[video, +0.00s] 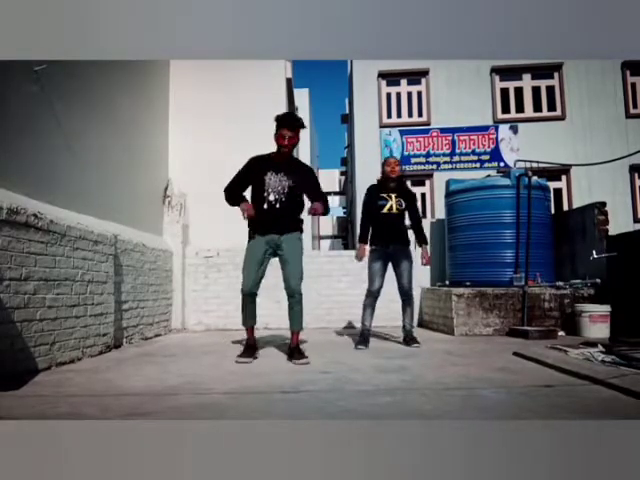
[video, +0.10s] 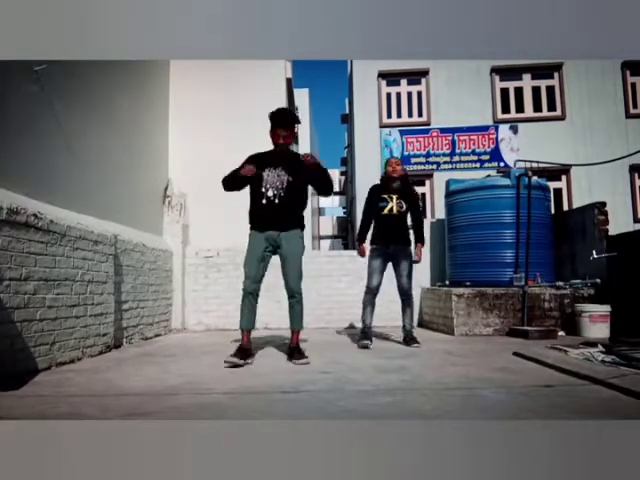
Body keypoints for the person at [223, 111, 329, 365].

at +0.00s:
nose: (285, 141)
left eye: (290, 137)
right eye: (281, 136)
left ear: (297, 139)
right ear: (275, 136)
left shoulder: (304, 171)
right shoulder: (257, 164)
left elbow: (322, 203)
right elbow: (231, 191)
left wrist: (318, 207)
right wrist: (243, 203)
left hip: (290, 234)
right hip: (260, 234)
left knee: (294, 288)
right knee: (248, 288)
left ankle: (295, 344)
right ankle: (250, 342)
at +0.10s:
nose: (282, 139)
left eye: (287, 134)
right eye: (277, 134)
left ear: (295, 134)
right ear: (271, 134)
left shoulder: (302, 162)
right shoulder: (258, 160)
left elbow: (327, 190)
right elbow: (227, 184)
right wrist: (242, 175)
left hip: (291, 232)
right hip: (260, 232)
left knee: (294, 288)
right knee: (250, 287)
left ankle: (295, 343)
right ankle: (245, 344)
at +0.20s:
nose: (275, 139)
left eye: (280, 134)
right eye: (271, 134)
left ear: (288, 133)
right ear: (265, 133)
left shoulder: (299, 158)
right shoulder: (256, 161)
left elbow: (325, 176)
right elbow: (227, 181)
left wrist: (307, 144)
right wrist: (239, 153)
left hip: (291, 231)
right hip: (261, 231)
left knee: (295, 287)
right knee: (246, 284)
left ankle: (295, 344)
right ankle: (242, 345)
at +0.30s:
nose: (271, 139)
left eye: (275, 134)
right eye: (266, 134)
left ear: (282, 133)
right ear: (259, 134)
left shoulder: (294, 156)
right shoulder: (251, 162)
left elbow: (318, 171)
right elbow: (225, 181)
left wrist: (298, 141)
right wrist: (237, 151)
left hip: (289, 231)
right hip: (258, 231)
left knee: (294, 287)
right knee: (242, 283)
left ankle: (295, 344)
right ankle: (241, 343)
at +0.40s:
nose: (265, 139)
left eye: (269, 134)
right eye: (260, 134)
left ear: (276, 133)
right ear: (252, 134)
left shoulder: (287, 156)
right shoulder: (245, 161)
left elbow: (311, 166)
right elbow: (220, 178)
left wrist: (288, 139)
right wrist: (236, 148)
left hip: (286, 229)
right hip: (254, 230)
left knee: (292, 286)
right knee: (244, 285)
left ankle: (295, 343)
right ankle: (242, 344)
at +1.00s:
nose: (265, 134)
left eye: (266, 129)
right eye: (258, 132)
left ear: (268, 128)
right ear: (247, 135)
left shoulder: (278, 154)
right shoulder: (238, 159)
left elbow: (297, 135)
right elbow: (223, 159)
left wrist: (274, 112)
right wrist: (230, 127)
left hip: (279, 227)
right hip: (248, 229)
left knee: (298, 282)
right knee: (239, 285)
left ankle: (291, 327)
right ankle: (240, 342)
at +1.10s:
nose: (265, 136)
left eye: (265, 132)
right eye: (259, 135)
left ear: (270, 134)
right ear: (251, 140)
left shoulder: (284, 159)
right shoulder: (245, 163)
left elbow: (305, 144)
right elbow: (234, 183)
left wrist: (284, 121)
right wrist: (244, 148)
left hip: (283, 232)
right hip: (252, 232)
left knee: (295, 289)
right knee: (241, 288)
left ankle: (291, 336)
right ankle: (241, 344)